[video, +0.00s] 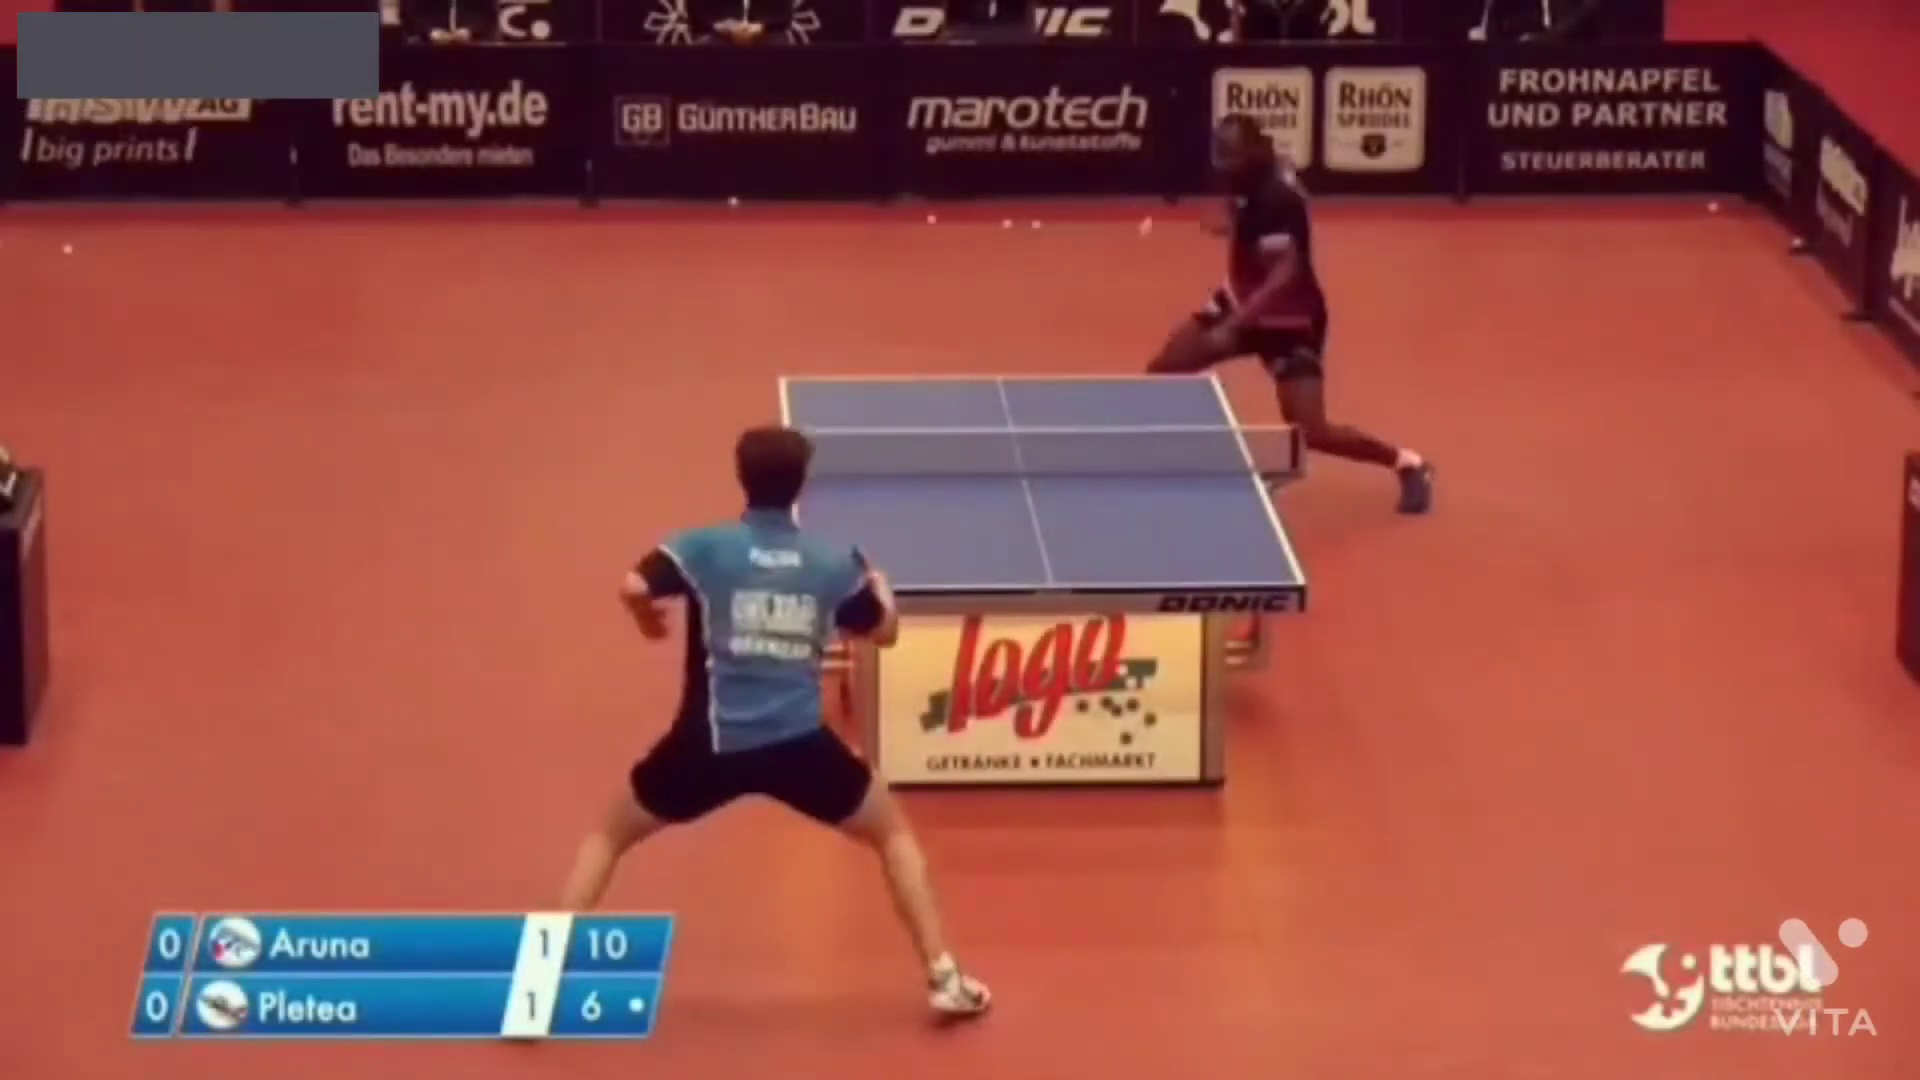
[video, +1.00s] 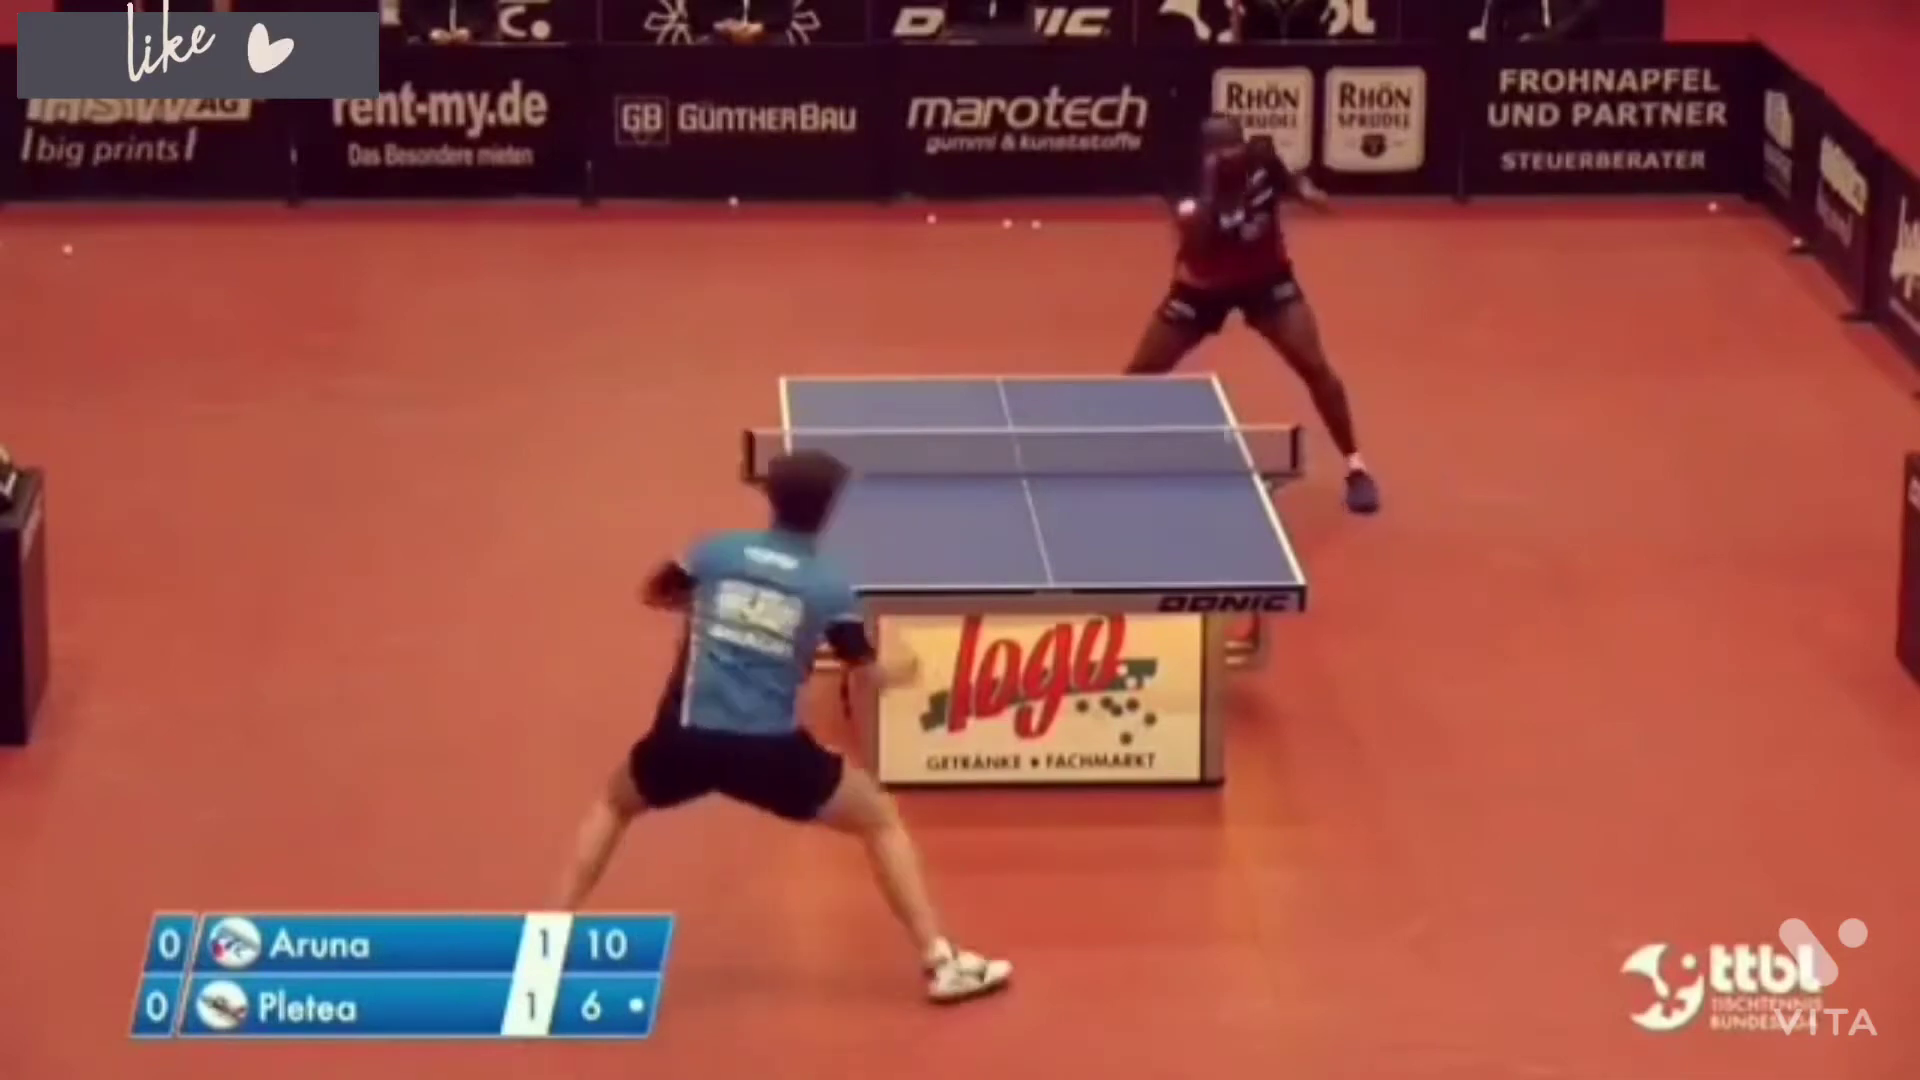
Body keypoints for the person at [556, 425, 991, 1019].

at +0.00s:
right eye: (798, 474)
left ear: (741, 481)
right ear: (802, 484)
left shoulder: (706, 547)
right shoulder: (829, 561)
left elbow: (633, 587)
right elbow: (884, 632)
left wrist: (652, 624)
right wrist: (882, 592)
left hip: (709, 745)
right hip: (800, 746)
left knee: (611, 834)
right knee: (892, 834)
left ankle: (547, 960)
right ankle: (943, 975)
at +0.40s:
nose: (761, 497)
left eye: (759, 490)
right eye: (796, 497)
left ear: (750, 503)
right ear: (804, 515)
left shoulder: (708, 551)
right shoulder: (817, 583)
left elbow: (626, 566)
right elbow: (881, 620)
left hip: (690, 749)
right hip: (774, 757)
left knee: (611, 791)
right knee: (876, 835)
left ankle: (559, 931)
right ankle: (957, 966)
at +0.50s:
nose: (743, 488)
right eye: (744, 479)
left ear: (686, 483)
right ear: (740, 490)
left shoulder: (666, 525)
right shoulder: (762, 553)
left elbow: (610, 532)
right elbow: (805, 563)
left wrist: (585, 585)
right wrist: (831, 539)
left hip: (638, 718)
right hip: (719, 732)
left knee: (567, 779)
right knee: (816, 858)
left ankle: (497, 889)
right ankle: (916, 973)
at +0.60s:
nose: (694, 484)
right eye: (696, 474)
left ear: (640, 481)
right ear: (697, 486)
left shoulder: (621, 532)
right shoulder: (723, 554)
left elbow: (581, 575)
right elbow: (776, 603)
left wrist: (545, 638)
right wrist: (781, 574)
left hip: (612, 733)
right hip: (693, 740)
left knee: (525, 819)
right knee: (790, 853)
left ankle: (446, 929)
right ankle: (885, 975)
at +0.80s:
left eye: (669, 467)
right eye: (710, 470)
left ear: (656, 478)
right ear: (715, 482)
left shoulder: (617, 541)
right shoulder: (741, 557)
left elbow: (545, 579)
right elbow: (795, 619)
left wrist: (563, 618)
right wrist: (812, 591)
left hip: (617, 730)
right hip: (708, 734)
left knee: (526, 807)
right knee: (816, 816)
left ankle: (446, 925)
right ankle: (870, 946)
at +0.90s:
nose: (787, 480)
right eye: (785, 471)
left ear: (720, 474)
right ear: (779, 480)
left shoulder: (678, 529)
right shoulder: (790, 553)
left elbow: (599, 573)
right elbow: (850, 617)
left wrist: (634, 599)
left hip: (658, 720)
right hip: (741, 728)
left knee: (578, 780)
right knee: (849, 829)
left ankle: (523, 905)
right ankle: (933, 960)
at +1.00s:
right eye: (827, 499)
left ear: (772, 499)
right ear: (825, 511)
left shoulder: (721, 554)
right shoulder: (828, 581)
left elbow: (655, 591)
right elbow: (860, 664)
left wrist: (718, 602)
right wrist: (897, 670)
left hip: (688, 743)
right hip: (769, 752)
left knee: (614, 806)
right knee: (880, 821)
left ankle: (554, 928)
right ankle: (941, 960)